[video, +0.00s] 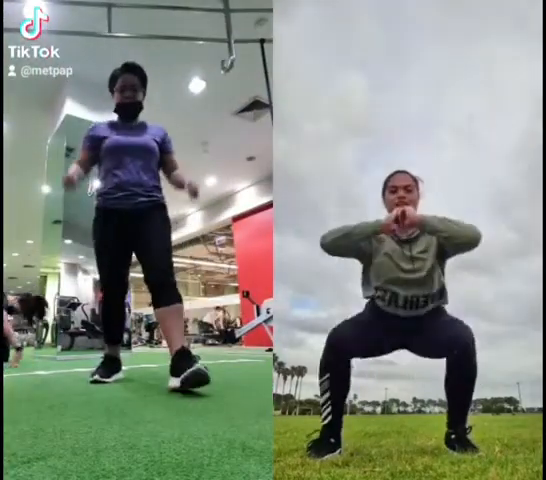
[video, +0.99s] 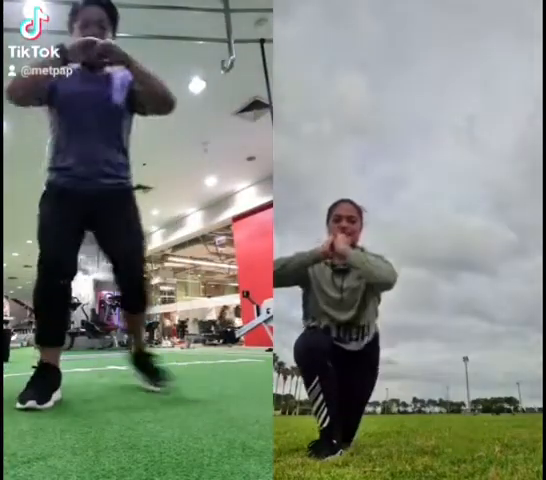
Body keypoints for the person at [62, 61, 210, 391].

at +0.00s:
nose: (129, 95)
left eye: (135, 90)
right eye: (123, 90)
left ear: (144, 95)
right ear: (112, 94)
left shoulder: (157, 133)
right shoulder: (99, 131)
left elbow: (172, 171)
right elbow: (82, 164)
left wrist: (185, 183)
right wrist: (74, 174)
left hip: (151, 212)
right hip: (111, 213)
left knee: (162, 279)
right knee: (113, 288)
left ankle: (181, 358)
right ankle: (111, 359)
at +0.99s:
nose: (92, 34)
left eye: (100, 28)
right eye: (84, 27)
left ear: (112, 35)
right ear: (71, 33)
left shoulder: (123, 80)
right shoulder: (57, 79)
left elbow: (165, 103)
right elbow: (15, 92)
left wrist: (125, 59)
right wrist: (64, 59)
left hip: (114, 191)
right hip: (64, 191)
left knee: (133, 273)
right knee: (52, 277)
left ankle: (139, 352)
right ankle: (48, 371)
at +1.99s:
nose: (105, 62)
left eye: (114, 54)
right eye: (98, 53)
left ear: (126, 62)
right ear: (84, 60)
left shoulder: (135, 110)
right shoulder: (70, 103)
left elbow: (171, 126)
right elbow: (25, 122)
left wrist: (126, 82)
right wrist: (72, 80)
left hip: (120, 217)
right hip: (72, 214)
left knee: (160, 280)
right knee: (53, 279)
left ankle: (141, 344)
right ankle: (48, 371)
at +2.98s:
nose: (180, 77)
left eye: (188, 71)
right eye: (172, 71)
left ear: (199, 79)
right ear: (160, 79)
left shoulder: (209, 122)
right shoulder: (147, 126)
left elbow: (249, 131)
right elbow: (104, 155)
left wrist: (197, 109)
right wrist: (143, 120)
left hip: (199, 220)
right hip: (156, 219)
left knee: (204, 275)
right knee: (123, 265)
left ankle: (209, 365)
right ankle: (145, 334)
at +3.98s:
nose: (125, 68)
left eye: (135, 62)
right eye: (118, 61)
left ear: (148, 71)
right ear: (107, 68)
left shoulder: (158, 116)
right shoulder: (93, 119)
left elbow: (196, 137)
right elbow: (52, 154)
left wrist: (141, 103)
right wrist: (88, 109)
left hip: (158, 220)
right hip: (108, 220)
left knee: (188, 286)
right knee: (70, 277)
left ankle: (205, 368)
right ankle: (52, 372)